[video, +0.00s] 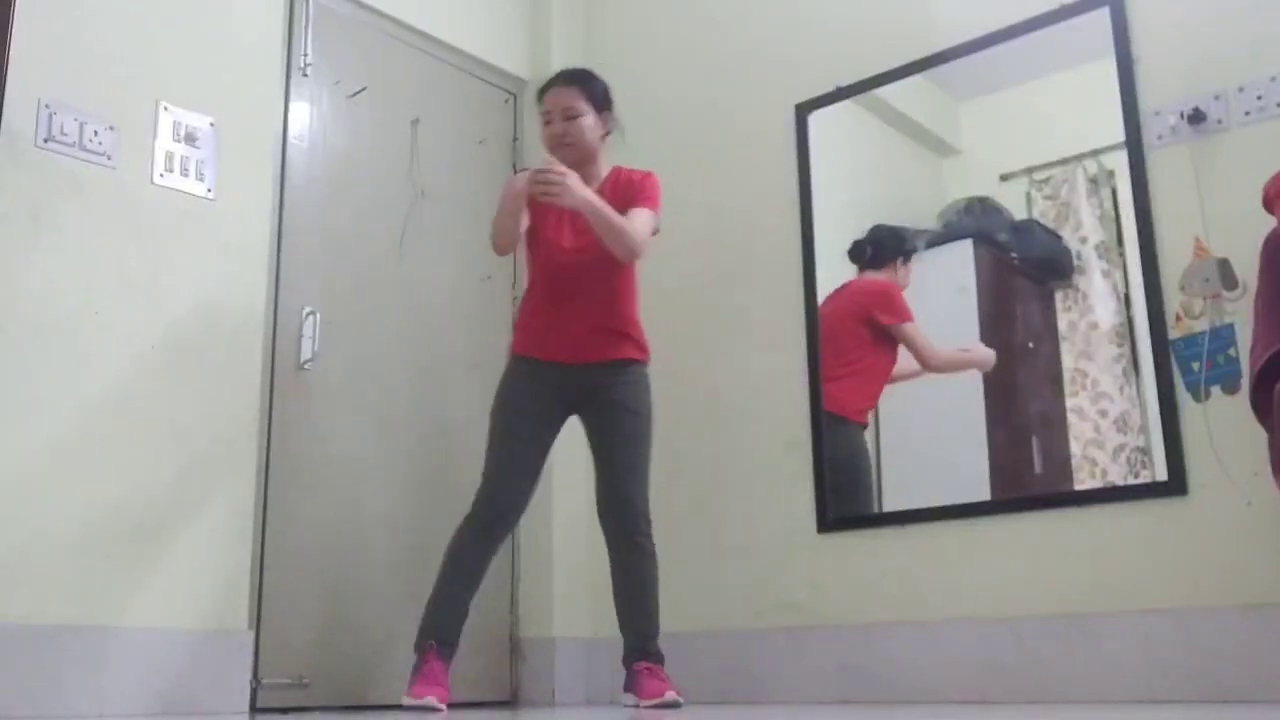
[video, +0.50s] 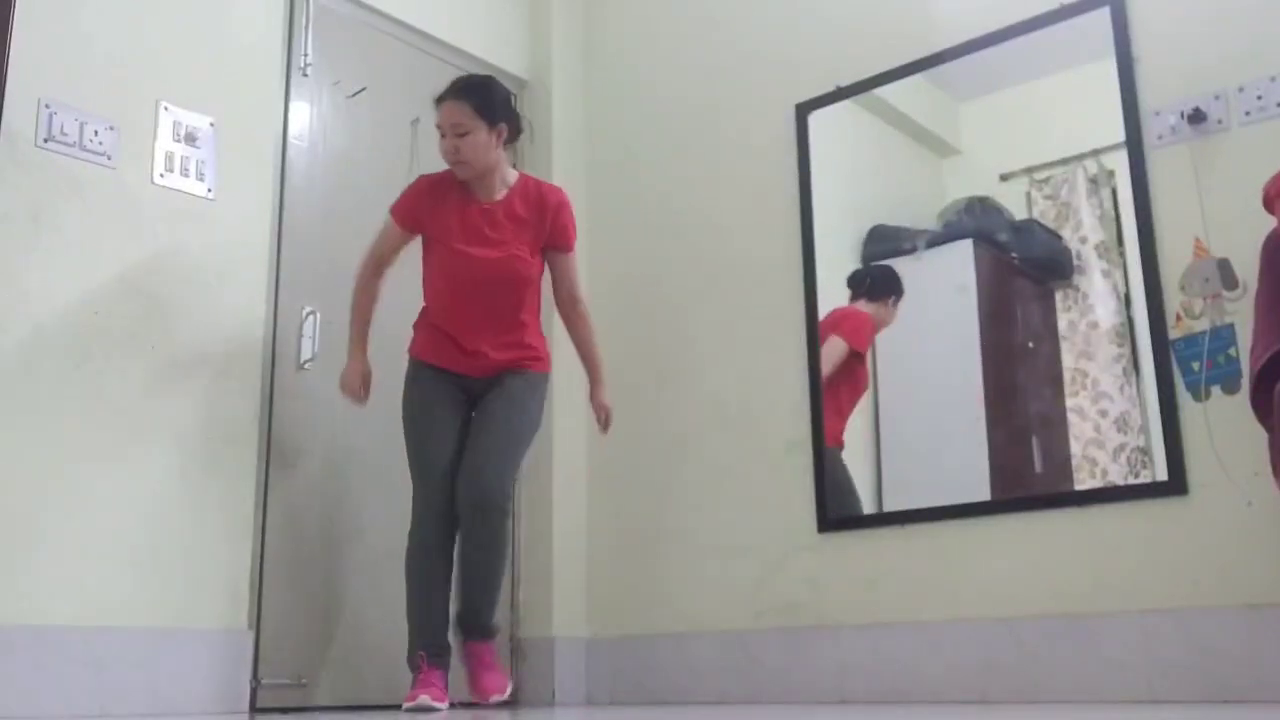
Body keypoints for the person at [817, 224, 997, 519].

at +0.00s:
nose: (910, 276)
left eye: (911, 266)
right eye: (910, 266)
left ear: (867, 260)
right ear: (898, 264)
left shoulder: (843, 295)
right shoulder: (880, 291)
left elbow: (880, 373)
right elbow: (932, 359)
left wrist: (954, 356)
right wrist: (980, 358)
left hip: (825, 421)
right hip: (838, 424)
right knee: (857, 525)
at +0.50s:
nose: (892, 319)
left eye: (897, 310)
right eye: (896, 309)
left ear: (857, 293)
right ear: (889, 301)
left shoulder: (831, 319)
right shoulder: (859, 320)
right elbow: (815, 374)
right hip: (823, 449)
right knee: (852, 529)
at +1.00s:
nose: (886, 321)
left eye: (891, 312)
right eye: (891, 310)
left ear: (859, 292)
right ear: (882, 300)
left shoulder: (833, 318)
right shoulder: (846, 315)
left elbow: (848, 411)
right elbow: (848, 390)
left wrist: (906, 423)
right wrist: (911, 418)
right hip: (820, 447)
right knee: (875, 523)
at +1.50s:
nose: (919, 276)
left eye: (919, 266)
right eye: (915, 265)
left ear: (874, 269)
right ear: (893, 266)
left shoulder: (853, 299)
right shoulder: (882, 292)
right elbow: (884, 372)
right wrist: (904, 447)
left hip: (823, 421)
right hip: (842, 423)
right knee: (872, 524)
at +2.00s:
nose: (928, 272)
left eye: (928, 263)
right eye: (925, 262)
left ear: (878, 266)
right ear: (905, 265)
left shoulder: (860, 296)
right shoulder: (895, 290)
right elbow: (873, 348)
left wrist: (885, 434)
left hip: (818, 415)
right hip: (844, 416)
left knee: (870, 524)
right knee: (879, 524)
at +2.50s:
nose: (888, 308)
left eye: (891, 300)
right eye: (891, 299)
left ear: (852, 285)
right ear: (886, 291)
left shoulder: (825, 313)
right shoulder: (866, 310)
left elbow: (866, 400)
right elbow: (889, 393)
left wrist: (929, 415)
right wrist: (943, 414)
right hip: (826, 440)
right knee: (857, 531)